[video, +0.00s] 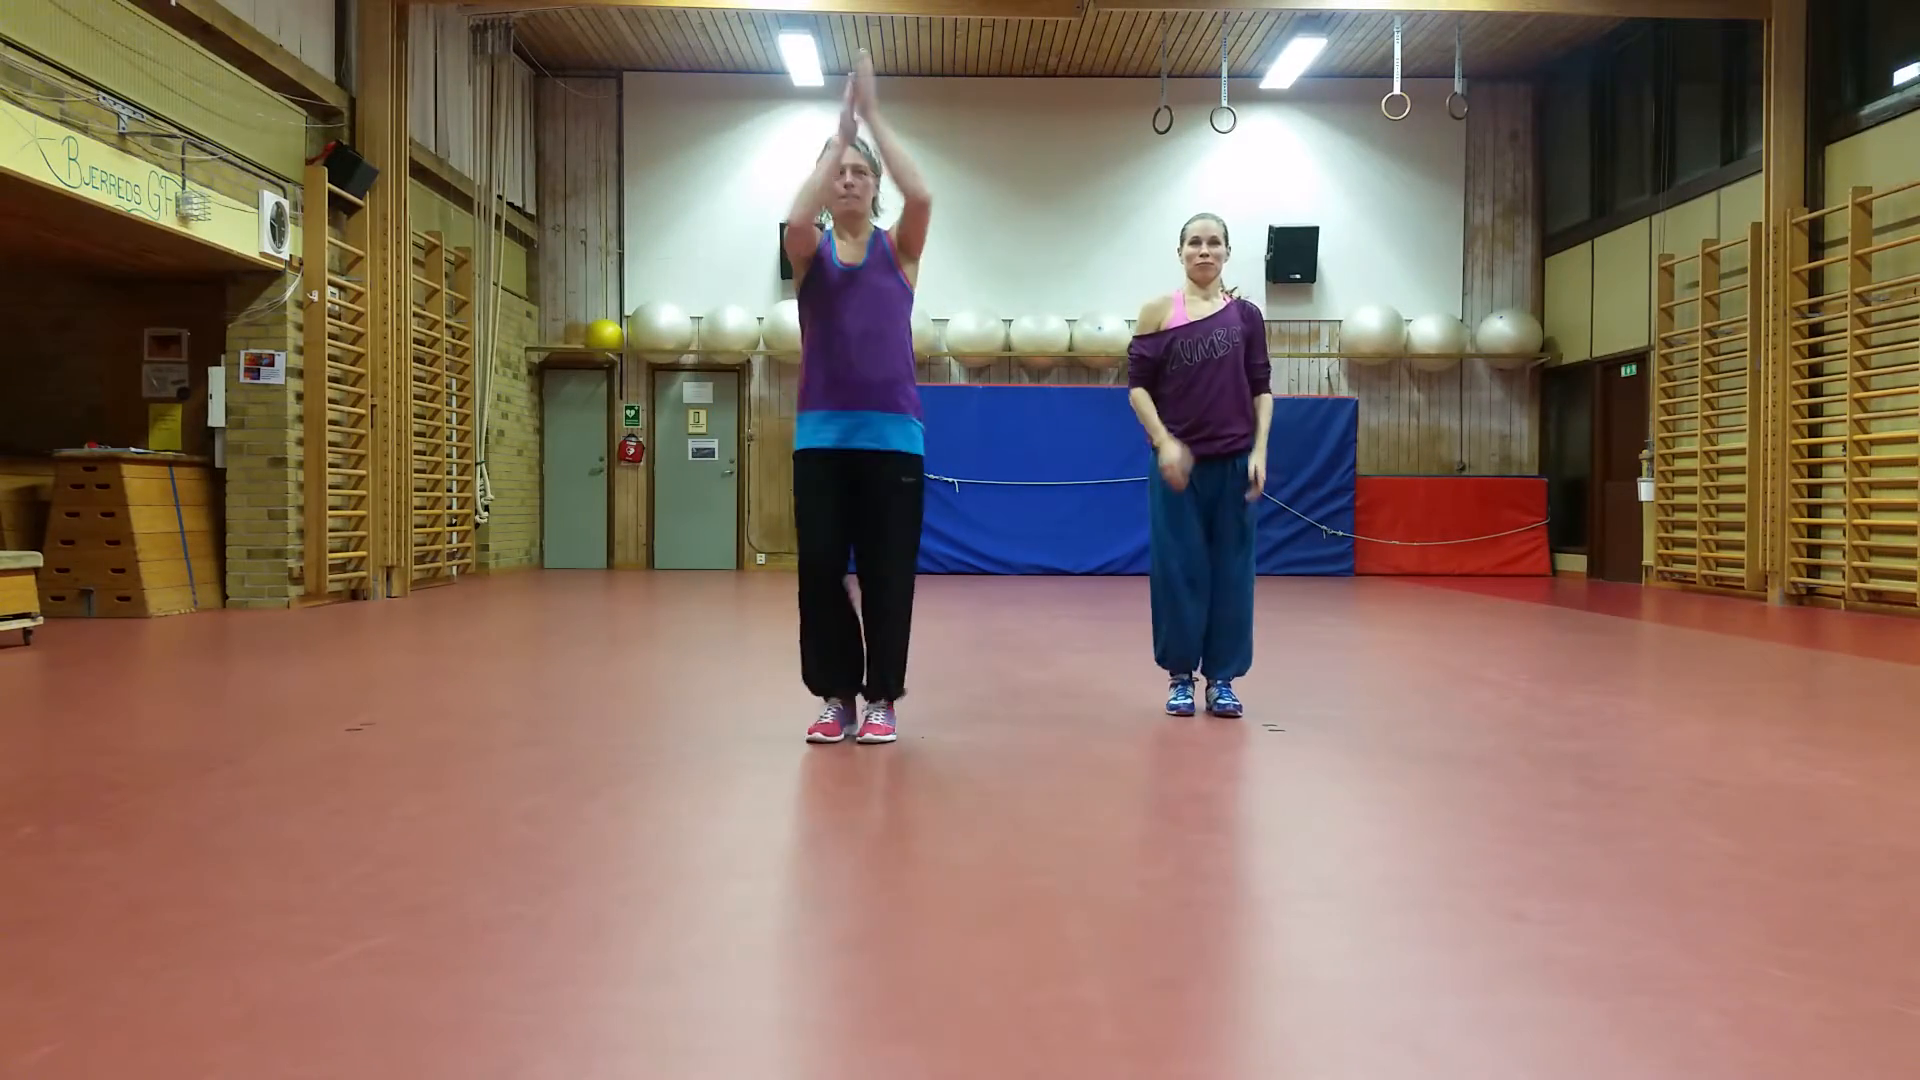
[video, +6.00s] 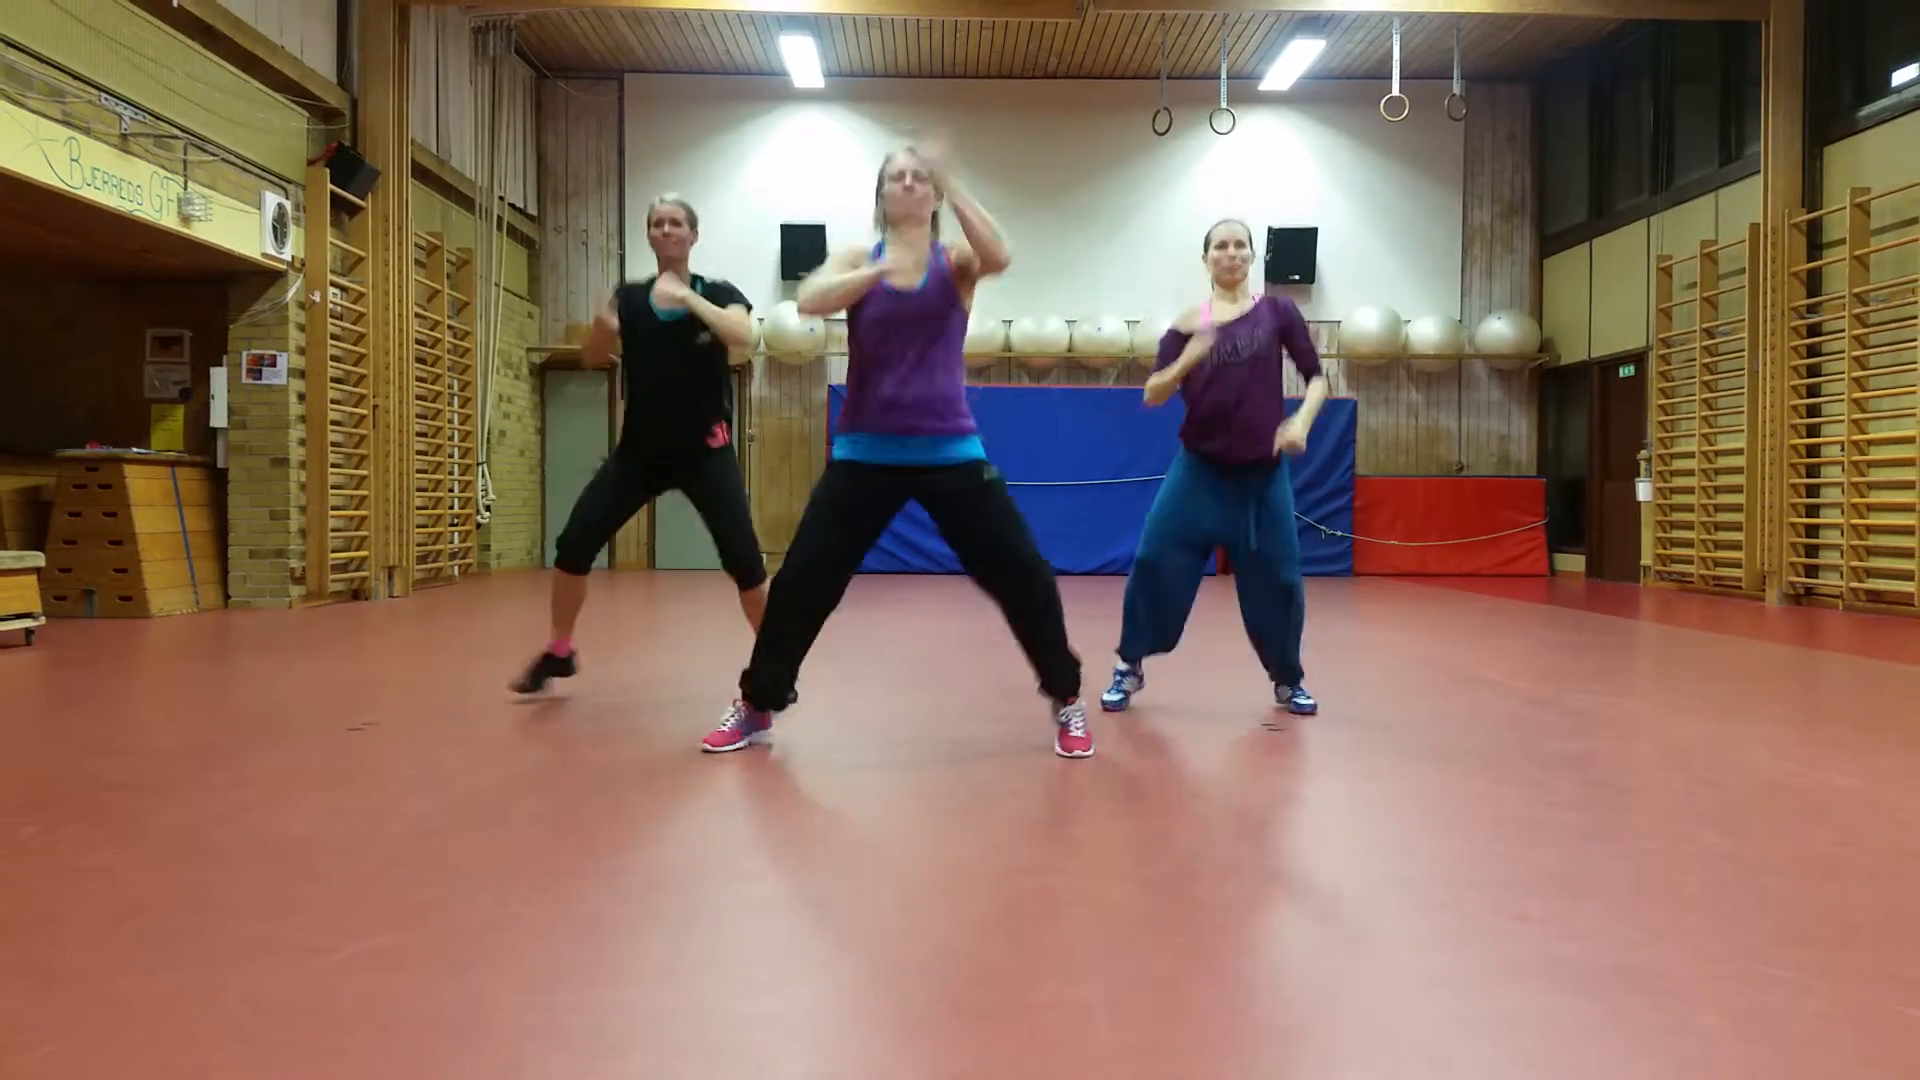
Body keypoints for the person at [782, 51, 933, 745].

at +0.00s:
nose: (849, 176)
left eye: (860, 169)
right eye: (839, 168)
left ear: (877, 187)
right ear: (824, 185)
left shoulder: (898, 248)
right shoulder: (810, 251)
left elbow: (919, 198)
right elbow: (797, 221)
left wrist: (874, 117)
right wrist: (839, 130)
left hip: (892, 431)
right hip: (823, 431)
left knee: (887, 571)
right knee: (819, 570)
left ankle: (882, 700)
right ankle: (838, 698)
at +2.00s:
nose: (873, 173)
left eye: (885, 167)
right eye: (862, 166)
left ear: (904, 185)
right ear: (849, 185)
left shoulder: (928, 249)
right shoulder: (835, 250)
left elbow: (952, 168)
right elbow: (805, 181)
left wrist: (896, 102)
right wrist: (861, 106)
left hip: (913, 440)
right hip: (840, 437)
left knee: (914, 580)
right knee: (840, 578)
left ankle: (891, 701)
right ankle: (846, 703)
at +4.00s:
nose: (889, 170)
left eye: (902, 162)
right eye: (877, 163)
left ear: (921, 182)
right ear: (864, 184)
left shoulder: (947, 249)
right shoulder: (847, 250)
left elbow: (989, 210)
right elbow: (799, 234)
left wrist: (929, 145)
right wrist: (849, 157)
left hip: (941, 442)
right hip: (864, 443)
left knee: (940, 584)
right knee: (847, 575)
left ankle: (939, 711)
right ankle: (879, 709)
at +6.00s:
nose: (908, 184)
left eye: (919, 178)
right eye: (897, 177)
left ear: (936, 196)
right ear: (879, 194)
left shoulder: (954, 261)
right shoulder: (855, 257)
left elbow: (996, 257)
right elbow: (810, 300)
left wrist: (949, 183)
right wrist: (879, 271)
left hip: (951, 451)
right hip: (866, 452)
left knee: (1023, 573)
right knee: (802, 579)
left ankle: (1068, 701)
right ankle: (756, 708)